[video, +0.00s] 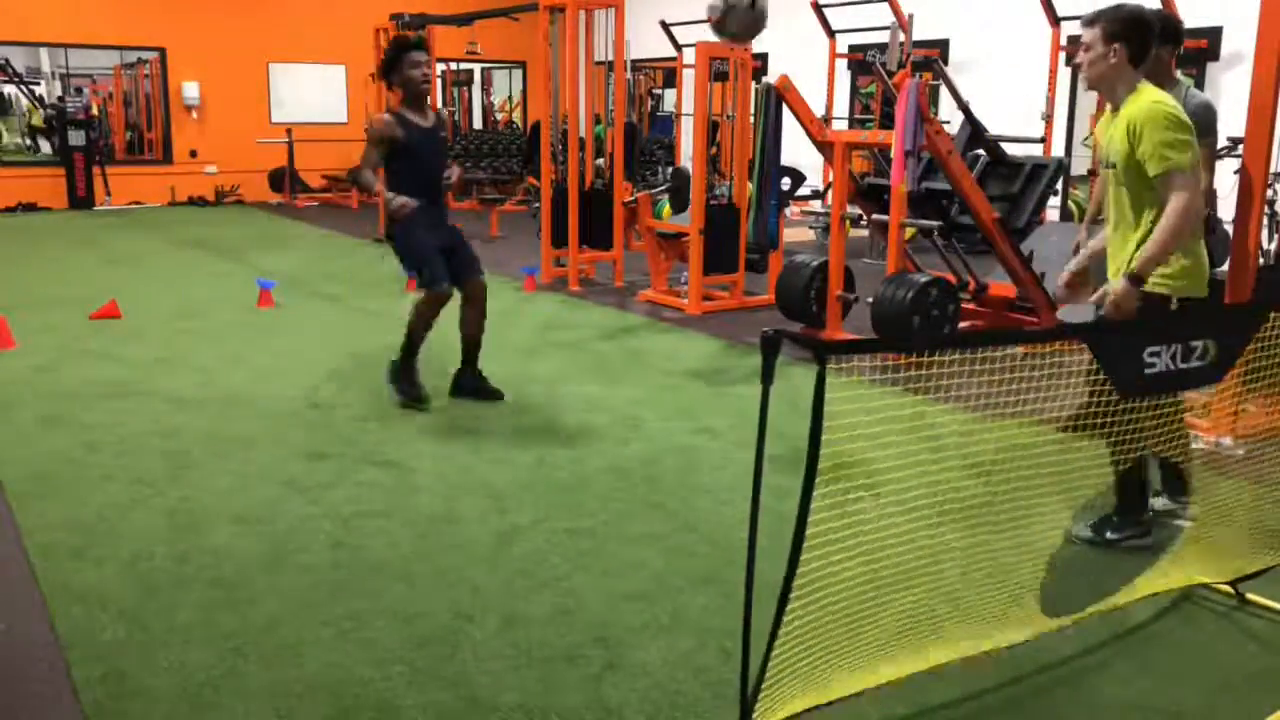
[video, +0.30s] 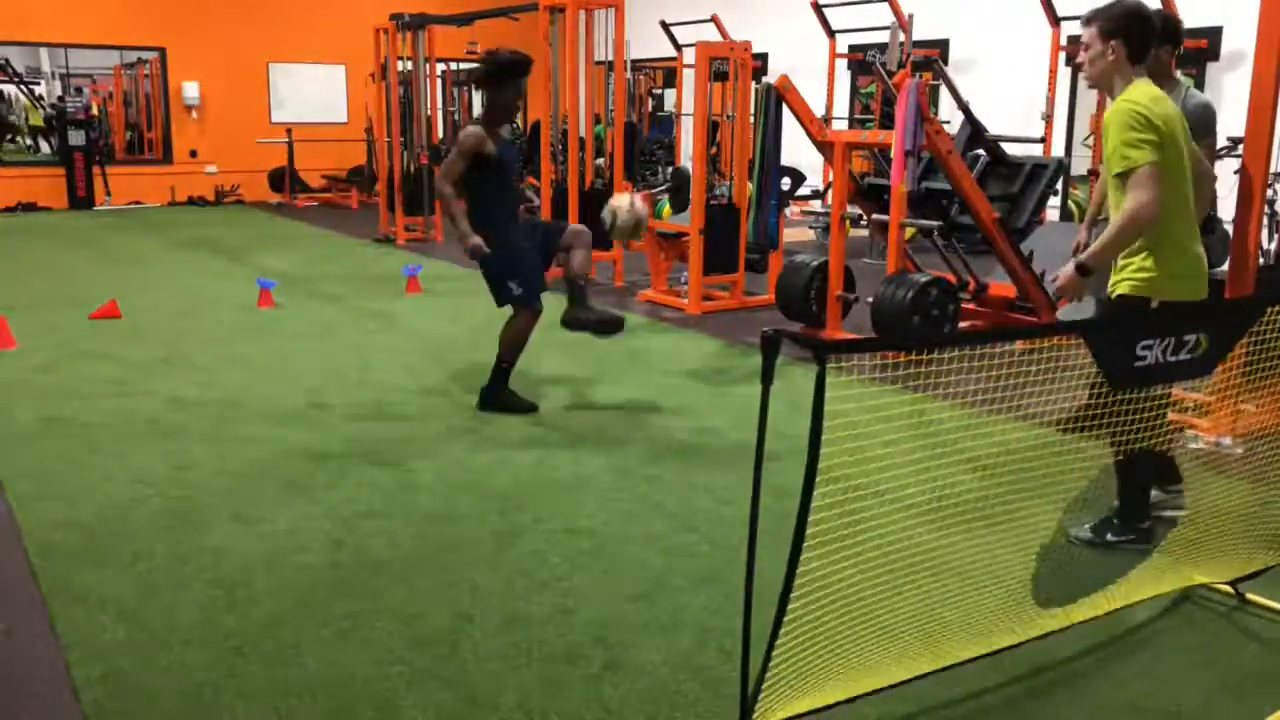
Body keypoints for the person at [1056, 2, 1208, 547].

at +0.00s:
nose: (1077, 59)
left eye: (1086, 48)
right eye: (1079, 48)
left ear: (1118, 54)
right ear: (1112, 55)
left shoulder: (1156, 112)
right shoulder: (1117, 117)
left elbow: (1187, 203)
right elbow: (1129, 215)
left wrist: (1135, 275)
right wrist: (1086, 258)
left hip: (1162, 282)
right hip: (1142, 279)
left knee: (1114, 393)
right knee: (1155, 388)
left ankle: (1131, 513)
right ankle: (1176, 489)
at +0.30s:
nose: (1079, 59)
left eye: (1085, 48)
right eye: (1080, 48)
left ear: (1115, 51)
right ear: (1126, 52)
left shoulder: (1128, 108)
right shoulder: (1161, 103)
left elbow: (1142, 207)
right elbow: (1205, 185)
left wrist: (1083, 267)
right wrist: (1167, 232)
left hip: (1146, 279)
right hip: (1182, 277)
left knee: (1118, 393)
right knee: (1134, 386)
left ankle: (1131, 518)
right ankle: (1165, 477)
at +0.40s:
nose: (1079, 58)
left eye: (1085, 47)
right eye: (1080, 47)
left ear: (1115, 49)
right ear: (1127, 51)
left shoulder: (1128, 109)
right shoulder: (1166, 103)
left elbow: (1139, 209)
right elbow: (1205, 181)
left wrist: (1077, 268)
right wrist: (1173, 232)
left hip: (1143, 278)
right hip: (1180, 276)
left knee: (1122, 395)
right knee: (1143, 390)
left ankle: (1131, 518)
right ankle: (1148, 491)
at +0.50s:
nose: (1082, 56)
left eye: (1089, 45)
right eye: (1084, 45)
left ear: (1116, 49)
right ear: (1129, 51)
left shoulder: (1126, 109)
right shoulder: (1169, 104)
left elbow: (1139, 208)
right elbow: (1202, 195)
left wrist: (1077, 264)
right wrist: (1161, 232)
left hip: (1140, 279)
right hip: (1175, 278)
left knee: (1122, 395)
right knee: (1134, 389)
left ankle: (1130, 516)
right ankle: (1137, 488)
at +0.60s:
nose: (1086, 54)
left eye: (1092, 43)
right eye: (1088, 43)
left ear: (1117, 48)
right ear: (1133, 50)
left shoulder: (1128, 109)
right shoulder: (1169, 104)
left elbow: (1139, 208)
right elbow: (1199, 200)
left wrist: (1077, 261)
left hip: (1136, 276)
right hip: (1169, 276)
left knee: (1125, 394)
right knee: (1137, 388)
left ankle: (1132, 517)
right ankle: (1139, 490)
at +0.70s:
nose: (1092, 50)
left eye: (1097, 41)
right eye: (1094, 40)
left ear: (1120, 47)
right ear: (1143, 50)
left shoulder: (1128, 108)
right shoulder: (1173, 103)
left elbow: (1136, 206)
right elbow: (1197, 194)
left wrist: (1074, 259)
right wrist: (1162, 236)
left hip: (1133, 275)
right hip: (1166, 274)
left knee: (1130, 394)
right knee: (1139, 387)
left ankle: (1133, 518)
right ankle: (1137, 486)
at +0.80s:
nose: (1095, 48)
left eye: (1102, 39)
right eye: (1098, 38)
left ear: (1125, 48)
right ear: (1154, 51)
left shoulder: (1123, 108)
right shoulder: (1176, 105)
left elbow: (1128, 207)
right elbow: (1201, 192)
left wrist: (1070, 255)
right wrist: (1171, 241)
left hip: (1125, 276)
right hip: (1162, 275)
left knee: (1124, 394)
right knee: (1137, 387)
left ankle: (1131, 517)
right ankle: (1141, 488)